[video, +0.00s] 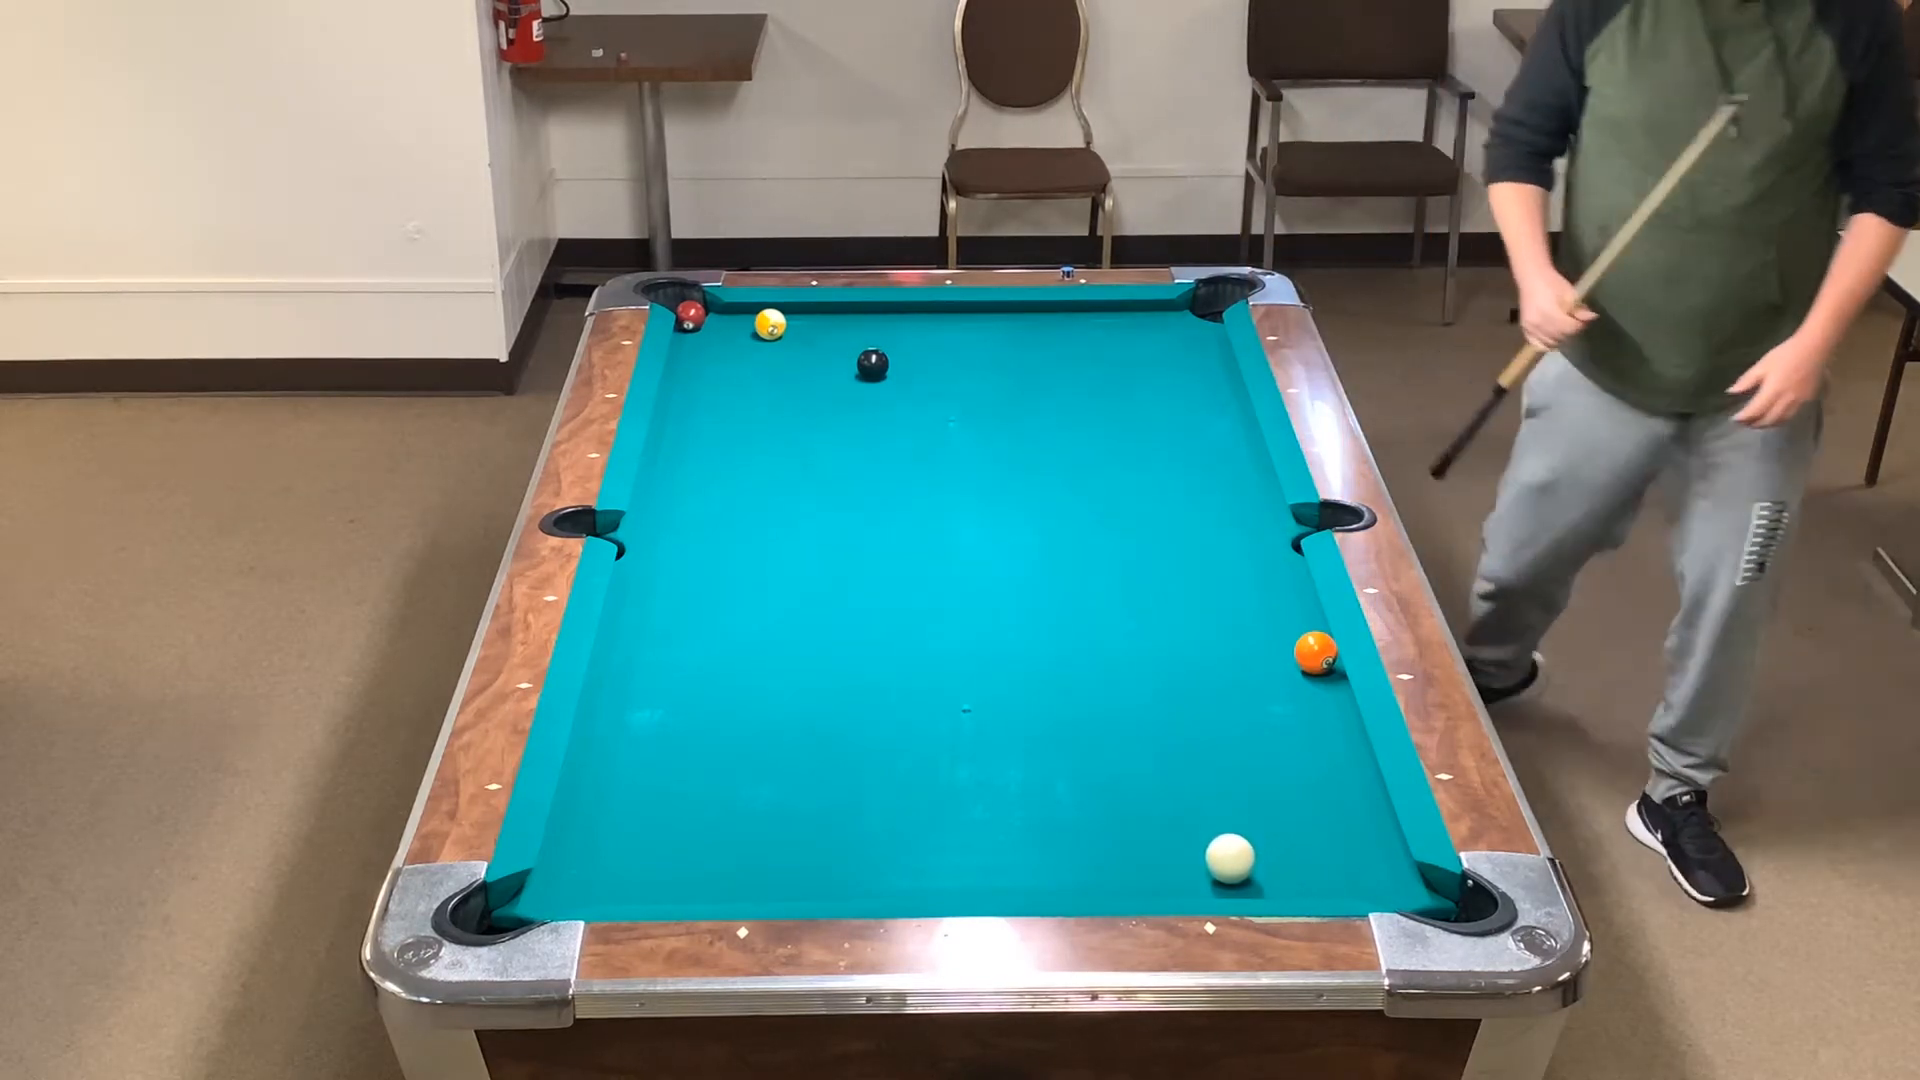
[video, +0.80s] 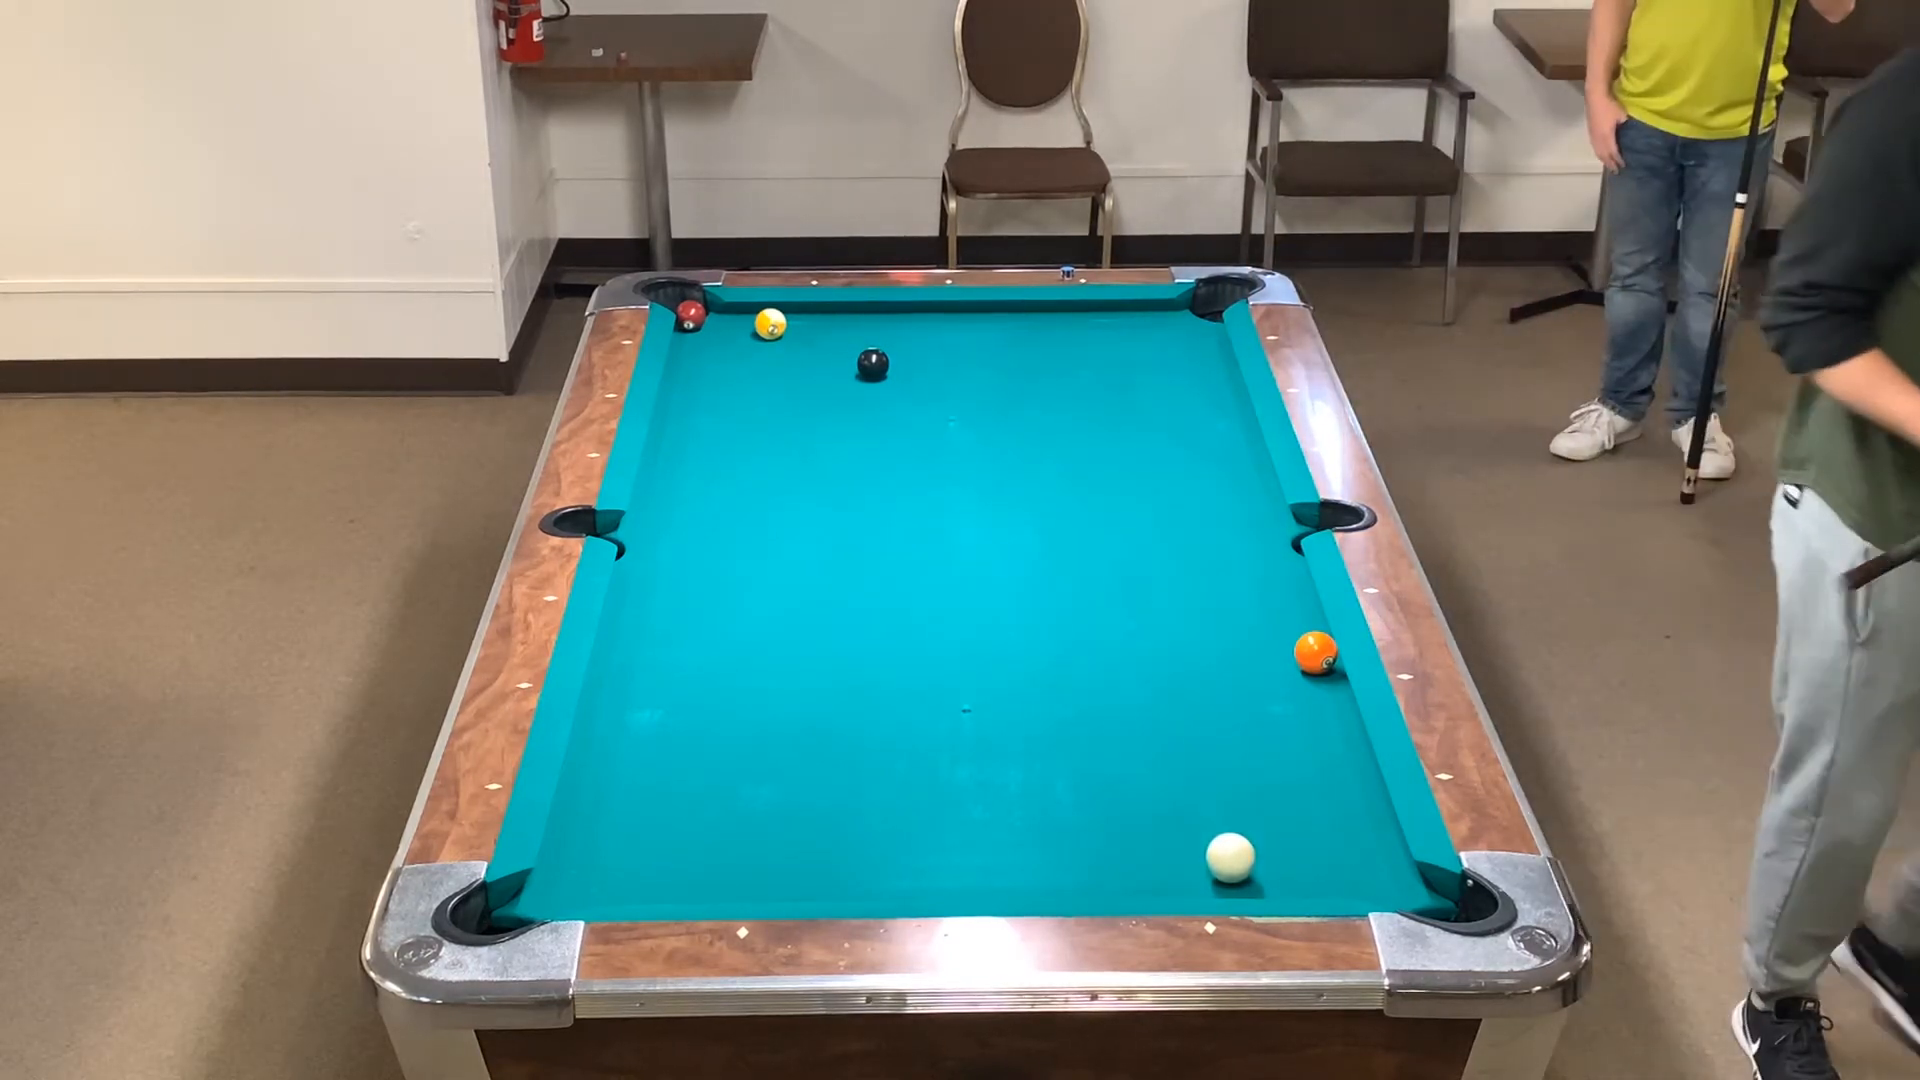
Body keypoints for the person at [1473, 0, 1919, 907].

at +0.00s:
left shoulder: (1852, 16)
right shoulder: (1597, 6)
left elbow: (1890, 188)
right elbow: (1517, 144)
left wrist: (1812, 345)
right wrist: (1533, 274)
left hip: (1762, 378)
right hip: (1603, 355)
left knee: (1729, 594)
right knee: (1515, 562)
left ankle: (1678, 790)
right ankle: (1494, 666)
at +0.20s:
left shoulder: (1904, 40)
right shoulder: (1678, 14)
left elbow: (1918, 202)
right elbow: (1583, 186)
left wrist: (1917, 302)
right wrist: (1670, 311)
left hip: (1826, 412)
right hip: (1674, 395)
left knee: (1753, 628)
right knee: (1635, 635)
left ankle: (1683, 793)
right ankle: (1597, 811)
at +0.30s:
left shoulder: (1915, 44)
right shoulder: (1718, 23)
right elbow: (1618, 213)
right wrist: (1740, 330)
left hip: (1855, 420)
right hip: (1709, 413)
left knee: (1766, 657)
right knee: (1703, 675)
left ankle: (1682, 815)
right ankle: (1675, 911)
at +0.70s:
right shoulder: (1880, 82)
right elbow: (1750, 299)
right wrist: (1893, 421)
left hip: (1914, 509)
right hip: (1843, 502)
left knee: (1907, 754)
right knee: (1823, 774)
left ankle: (1779, 802)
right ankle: (1781, 995)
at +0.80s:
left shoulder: (1894, 107)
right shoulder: (1898, 107)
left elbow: (1814, 312)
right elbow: (1807, 314)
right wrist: (1916, 416)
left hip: (1895, 506)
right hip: (1869, 508)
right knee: (1844, 783)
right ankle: (1778, 995)